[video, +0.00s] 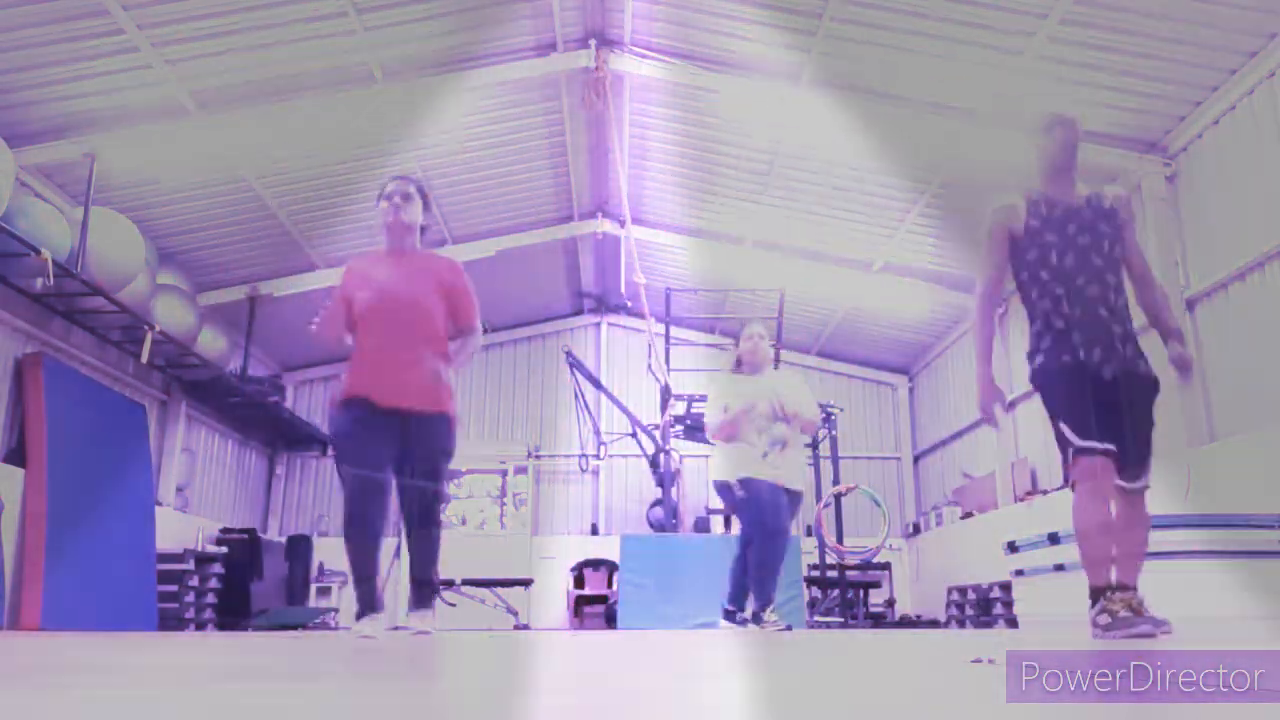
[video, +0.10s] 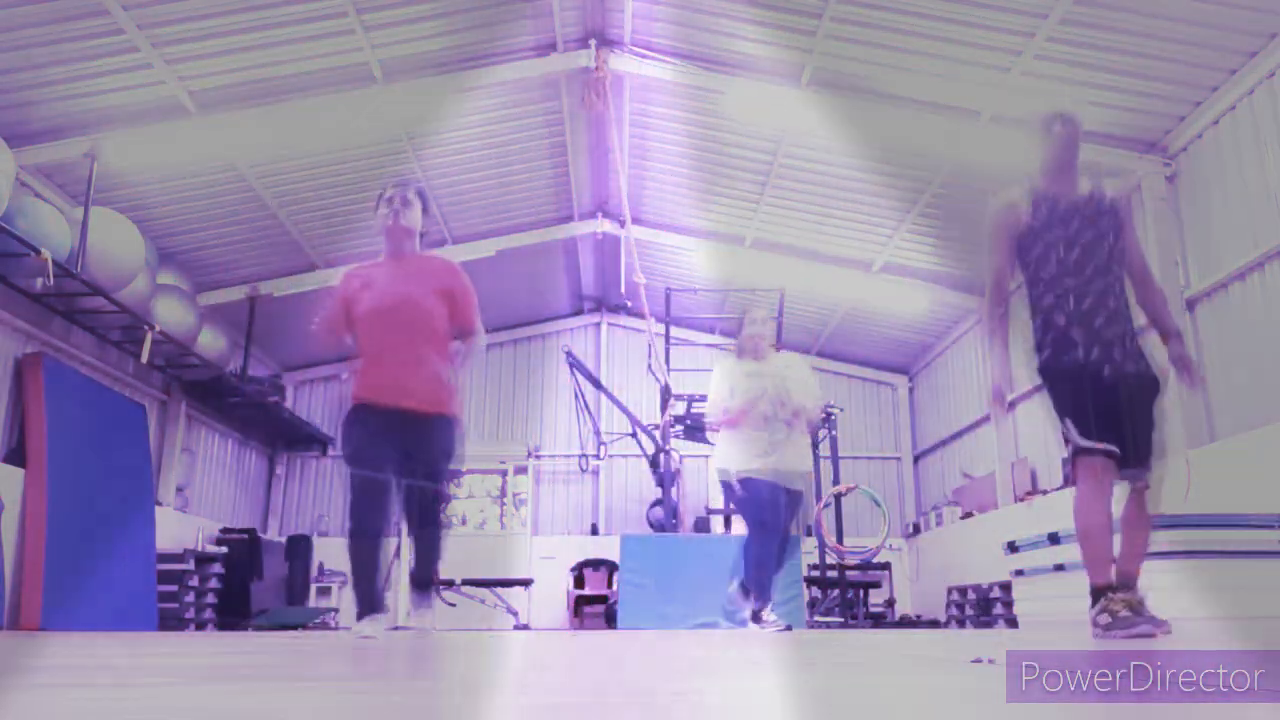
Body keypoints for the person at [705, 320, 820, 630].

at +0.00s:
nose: (756, 342)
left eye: (761, 337)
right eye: (749, 338)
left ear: (772, 347)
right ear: (738, 348)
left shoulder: (791, 381)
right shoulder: (726, 384)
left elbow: (814, 425)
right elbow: (715, 432)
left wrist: (794, 417)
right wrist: (741, 414)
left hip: (787, 478)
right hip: (739, 470)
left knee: (755, 540)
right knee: (773, 527)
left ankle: (733, 608)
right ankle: (763, 609)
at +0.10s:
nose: (758, 341)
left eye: (763, 335)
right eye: (752, 335)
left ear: (773, 336)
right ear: (741, 338)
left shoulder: (793, 367)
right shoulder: (728, 368)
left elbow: (815, 416)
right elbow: (714, 418)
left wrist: (794, 410)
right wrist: (747, 408)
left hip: (789, 470)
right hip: (744, 466)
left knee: (782, 539)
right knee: (767, 527)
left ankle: (744, 587)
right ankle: (760, 609)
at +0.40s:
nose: (775, 335)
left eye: (780, 331)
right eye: (769, 330)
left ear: (787, 341)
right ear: (754, 340)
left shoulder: (801, 377)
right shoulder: (738, 376)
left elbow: (824, 417)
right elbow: (724, 423)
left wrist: (823, 416)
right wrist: (759, 416)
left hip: (801, 459)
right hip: (759, 469)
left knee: (843, 471)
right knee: (781, 536)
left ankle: (831, 542)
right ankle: (783, 610)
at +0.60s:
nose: (785, 322)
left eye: (790, 317)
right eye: (777, 318)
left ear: (798, 327)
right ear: (763, 330)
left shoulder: (814, 358)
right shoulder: (746, 361)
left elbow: (840, 403)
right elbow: (732, 407)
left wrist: (824, 406)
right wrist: (764, 404)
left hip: (814, 457)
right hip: (765, 462)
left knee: (826, 524)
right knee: (777, 535)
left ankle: (835, 597)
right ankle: (774, 604)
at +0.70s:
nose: (788, 337)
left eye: (794, 332)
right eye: (781, 332)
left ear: (803, 340)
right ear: (771, 340)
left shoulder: (821, 376)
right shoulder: (753, 375)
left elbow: (843, 418)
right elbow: (739, 422)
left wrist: (839, 420)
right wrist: (769, 418)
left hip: (820, 472)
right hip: (771, 475)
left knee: (824, 542)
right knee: (777, 546)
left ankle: (823, 611)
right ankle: (770, 610)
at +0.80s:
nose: (792, 339)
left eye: (798, 335)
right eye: (785, 335)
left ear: (807, 344)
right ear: (774, 346)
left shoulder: (824, 381)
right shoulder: (756, 379)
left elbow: (847, 428)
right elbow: (739, 423)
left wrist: (841, 416)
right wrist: (770, 419)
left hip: (820, 472)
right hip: (768, 478)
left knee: (822, 538)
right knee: (777, 546)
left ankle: (825, 611)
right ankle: (772, 610)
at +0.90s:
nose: (792, 318)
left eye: (798, 314)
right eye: (785, 314)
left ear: (809, 326)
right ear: (775, 326)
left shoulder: (826, 358)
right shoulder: (754, 356)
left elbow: (848, 405)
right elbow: (740, 401)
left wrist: (824, 395)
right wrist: (767, 399)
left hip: (813, 459)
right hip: (760, 460)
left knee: (815, 533)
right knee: (762, 533)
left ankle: (824, 605)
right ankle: (774, 582)